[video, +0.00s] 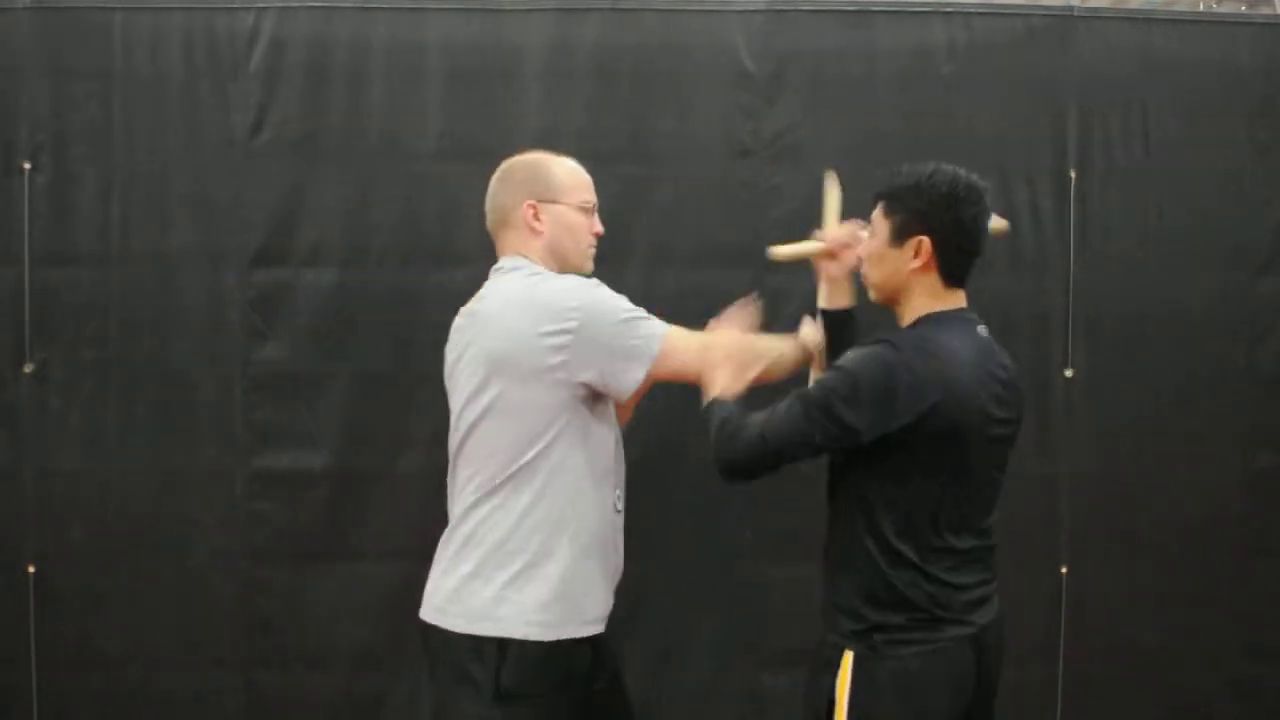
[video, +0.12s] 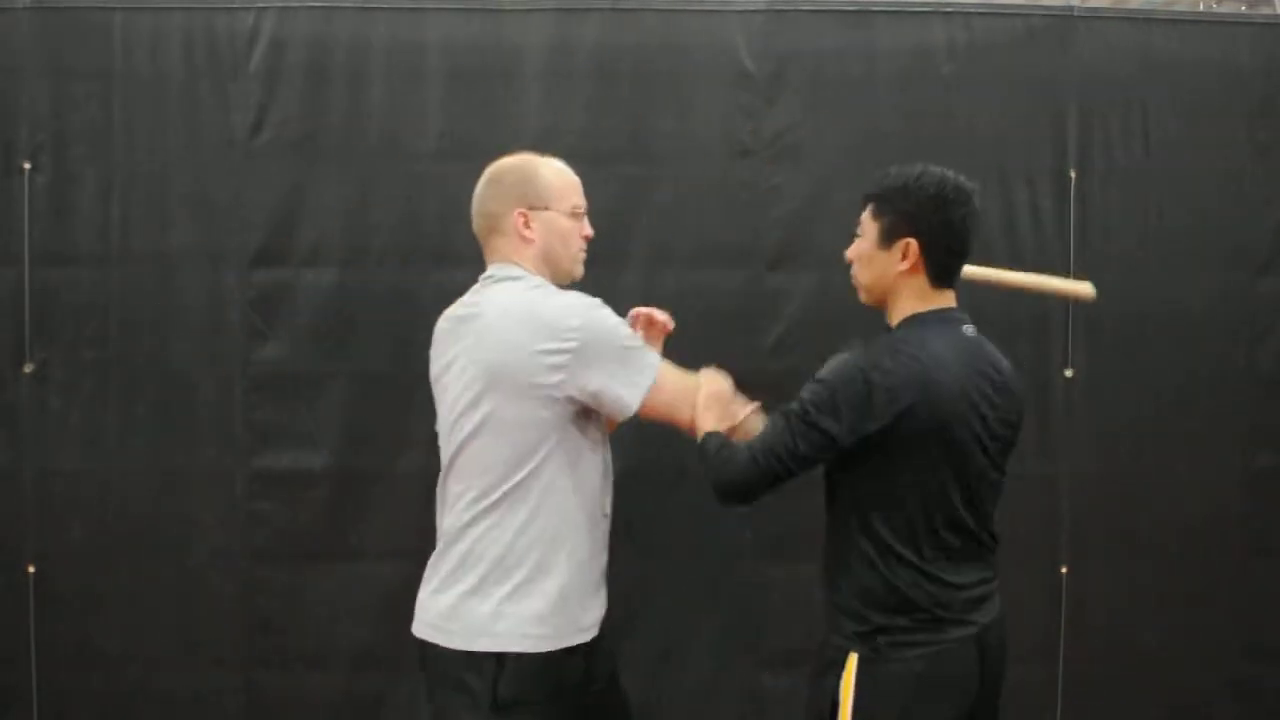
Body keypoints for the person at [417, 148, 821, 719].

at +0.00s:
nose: (600, 228)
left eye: (596, 212)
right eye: (586, 209)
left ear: (536, 219)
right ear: (535, 217)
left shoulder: (482, 312)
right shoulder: (561, 304)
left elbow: (599, 416)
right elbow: (719, 357)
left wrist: (698, 344)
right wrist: (805, 345)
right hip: (525, 635)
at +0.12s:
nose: (589, 232)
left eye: (586, 216)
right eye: (577, 215)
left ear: (521, 226)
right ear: (525, 224)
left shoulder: (457, 322)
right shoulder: (565, 320)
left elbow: (566, 425)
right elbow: (700, 407)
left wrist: (628, 358)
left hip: (458, 638)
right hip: (540, 645)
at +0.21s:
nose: (576, 231)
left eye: (572, 215)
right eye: (562, 215)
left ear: (508, 229)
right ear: (511, 227)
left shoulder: (455, 317)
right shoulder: (552, 326)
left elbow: (549, 356)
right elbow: (678, 427)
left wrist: (644, 349)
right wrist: (720, 436)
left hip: (451, 638)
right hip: (526, 649)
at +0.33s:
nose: (555, 224)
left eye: (548, 207)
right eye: (537, 209)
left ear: (481, 225)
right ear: (482, 224)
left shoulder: (470, 290)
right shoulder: (511, 321)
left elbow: (625, 271)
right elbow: (656, 381)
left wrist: (746, 302)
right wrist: (697, 359)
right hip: (475, 642)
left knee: (586, 707)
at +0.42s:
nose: (540, 219)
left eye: (535, 202)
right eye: (522, 204)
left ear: (467, 222)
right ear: (466, 221)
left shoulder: (495, 279)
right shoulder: (482, 314)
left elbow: (620, 256)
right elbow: (654, 341)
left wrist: (742, 268)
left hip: (518, 611)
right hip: (462, 636)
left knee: (575, 707)